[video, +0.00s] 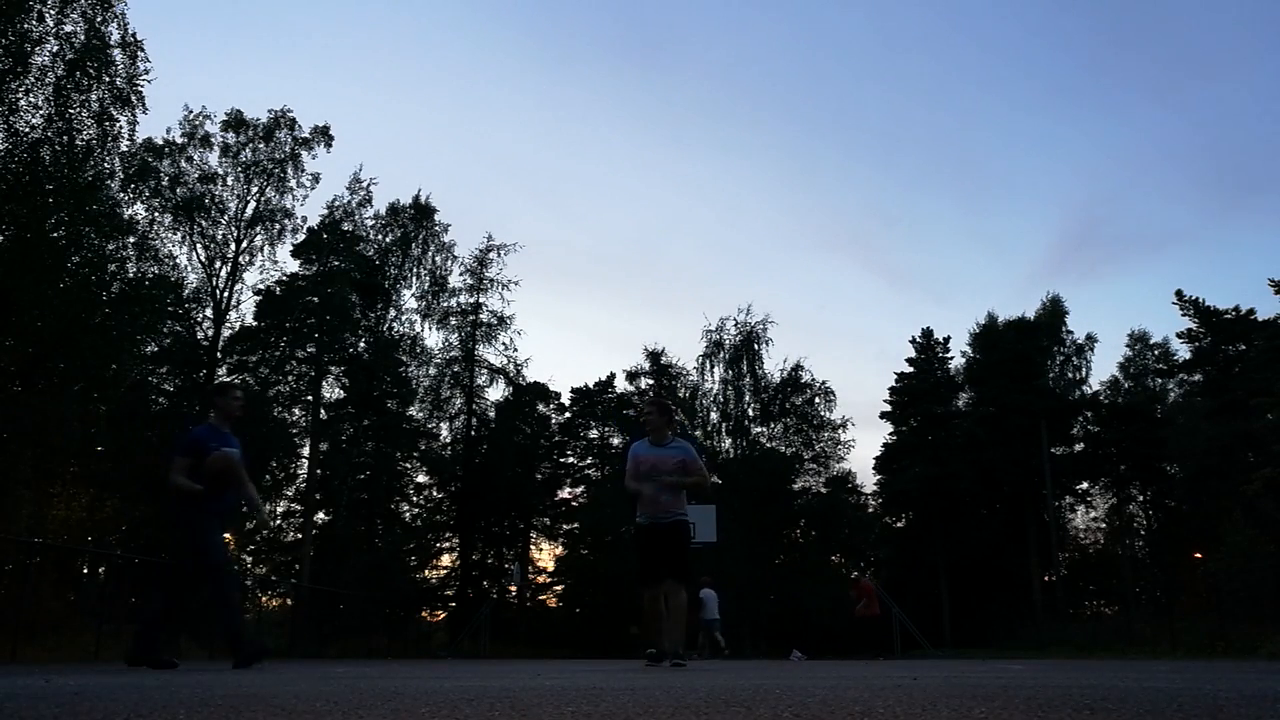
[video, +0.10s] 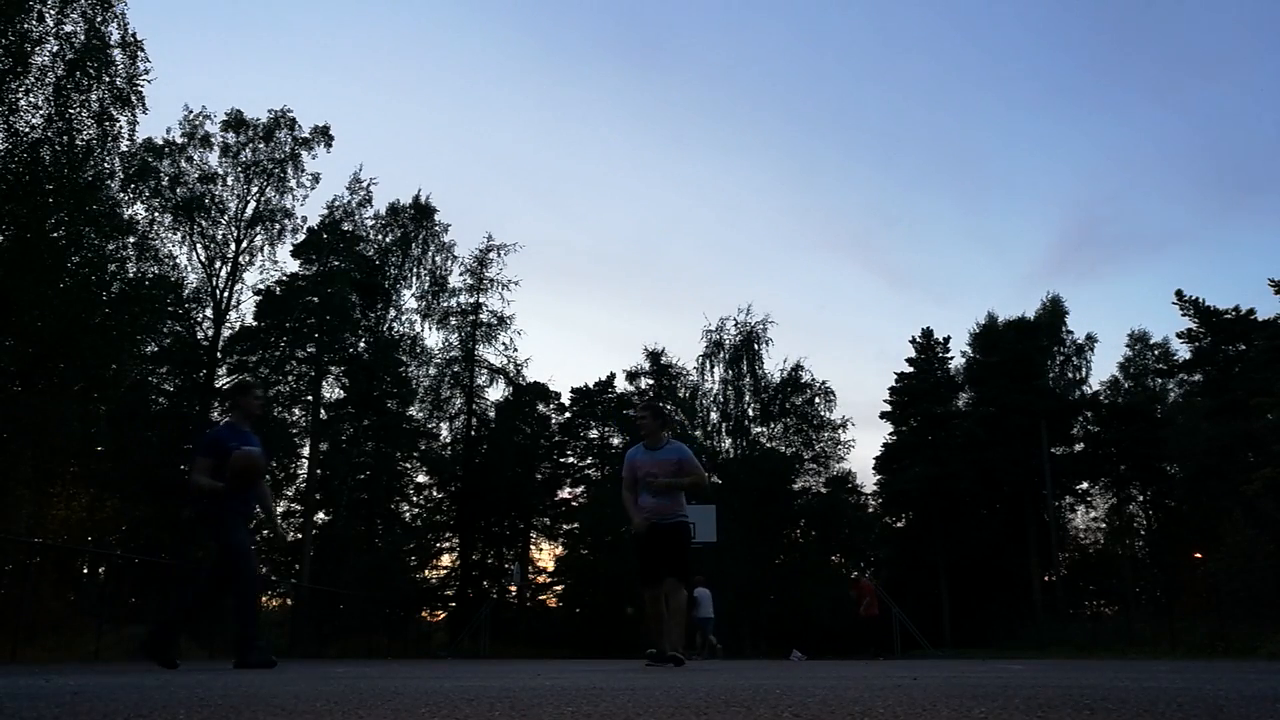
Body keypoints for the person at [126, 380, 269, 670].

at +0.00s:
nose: (239, 405)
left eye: (240, 401)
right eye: (234, 400)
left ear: (235, 406)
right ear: (219, 402)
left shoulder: (232, 441)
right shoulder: (198, 435)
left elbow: (242, 479)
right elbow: (176, 476)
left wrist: (259, 509)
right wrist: (199, 489)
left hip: (215, 521)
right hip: (194, 521)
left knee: (181, 583)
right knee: (224, 581)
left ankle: (148, 648)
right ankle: (240, 651)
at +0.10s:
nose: (260, 404)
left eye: (260, 399)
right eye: (255, 399)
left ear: (251, 404)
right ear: (238, 401)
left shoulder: (252, 439)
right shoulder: (219, 434)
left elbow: (258, 484)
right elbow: (198, 476)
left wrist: (273, 520)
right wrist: (225, 487)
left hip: (239, 519)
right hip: (218, 519)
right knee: (244, 579)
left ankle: (164, 641)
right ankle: (246, 652)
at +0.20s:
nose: (280, 399)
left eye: (279, 395)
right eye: (275, 394)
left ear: (268, 398)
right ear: (260, 396)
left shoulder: (270, 432)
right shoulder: (238, 428)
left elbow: (274, 481)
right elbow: (219, 470)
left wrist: (280, 520)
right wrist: (252, 467)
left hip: (261, 513)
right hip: (242, 513)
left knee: (258, 579)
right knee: (256, 578)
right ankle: (247, 651)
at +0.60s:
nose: (372, 414)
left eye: (376, 409)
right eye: (370, 407)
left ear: (373, 411)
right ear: (357, 401)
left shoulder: (353, 438)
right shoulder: (328, 426)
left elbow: (339, 478)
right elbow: (314, 469)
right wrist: (350, 498)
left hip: (335, 513)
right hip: (313, 511)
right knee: (289, 579)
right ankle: (254, 649)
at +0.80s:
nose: (419, 416)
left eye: (423, 412)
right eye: (418, 410)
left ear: (421, 412)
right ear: (406, 405)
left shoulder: (406, 438)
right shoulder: (375, 429)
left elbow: (393, 477)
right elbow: (361, 469)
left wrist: (403, 499)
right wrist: (396, 496)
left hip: (387, 519)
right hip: (365, 517)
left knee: (394, 581)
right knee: (377, 582)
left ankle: (387, 651)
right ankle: (375, 652)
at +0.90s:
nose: (441, 410)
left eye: (445, 406)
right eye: (439, 403)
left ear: (444, 407)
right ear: (426, 396)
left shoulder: (427, 434)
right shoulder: (396, 423)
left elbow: (434, 470)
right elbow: (381, 463)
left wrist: (448, 495)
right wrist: (415, 483)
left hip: (402, 509)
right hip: (381, 508)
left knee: (401, 576)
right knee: (390, 575)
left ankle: (390, 649)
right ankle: (378, 651)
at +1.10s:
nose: (482, 410)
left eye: (486, 406)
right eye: (478, 404)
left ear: (489, 408)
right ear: (466, 401)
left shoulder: (482, 438)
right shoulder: (441, 433)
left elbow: (505, 472)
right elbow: (433, 471)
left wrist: (522, 502)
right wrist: (466, 463)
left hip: (454, 514)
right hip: (428, 513)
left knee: (418, 580)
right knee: (461, 574)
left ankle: (384, 648)